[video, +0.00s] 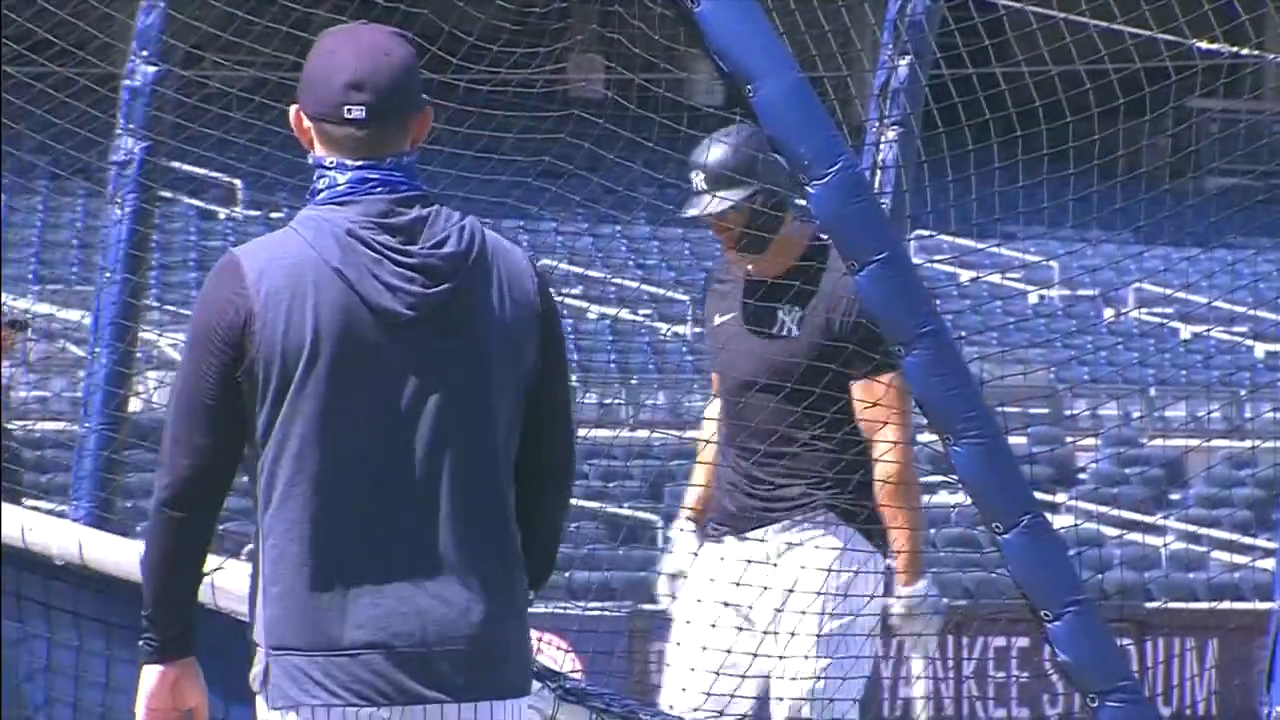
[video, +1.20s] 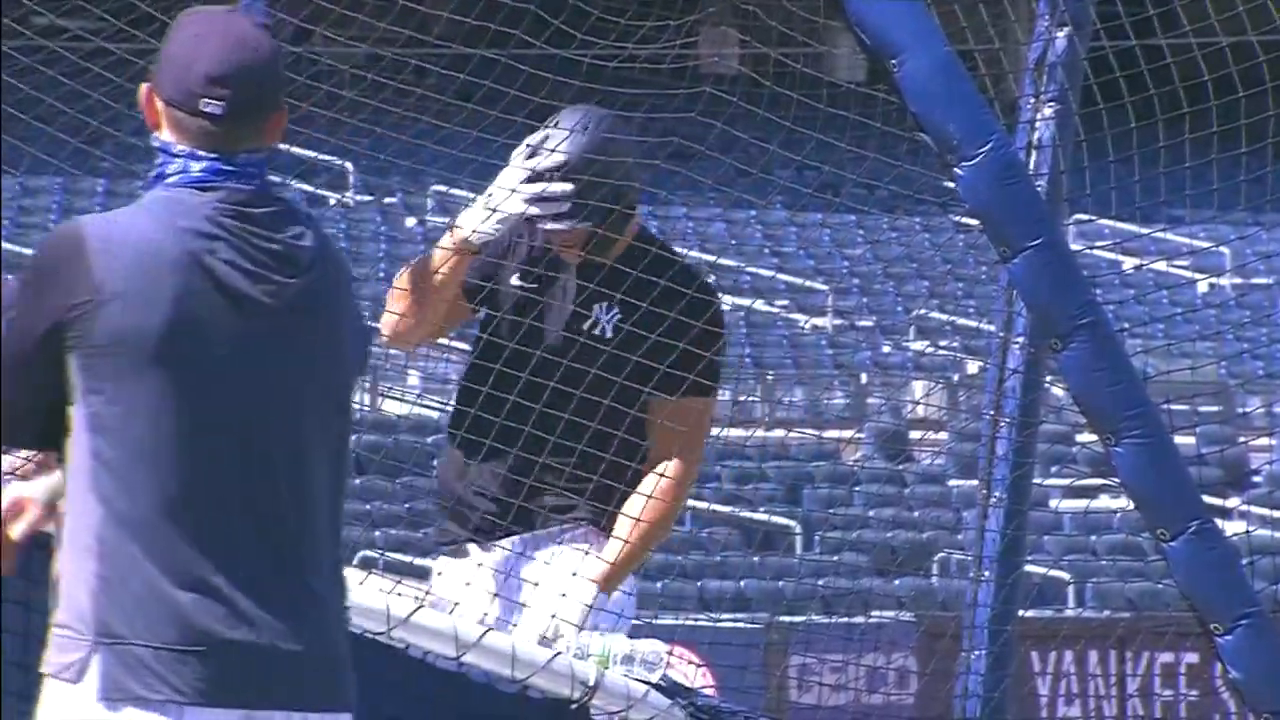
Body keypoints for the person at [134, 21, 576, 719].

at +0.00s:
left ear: (301, 127)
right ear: (423, 125)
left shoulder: (253, 277)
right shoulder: (511, 274)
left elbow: (185, 488)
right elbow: (547, 474)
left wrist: (167, 650)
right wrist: (502, 590)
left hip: (322, 675)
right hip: (487, 675)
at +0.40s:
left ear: (238, 118)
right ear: (364, 129)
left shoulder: (209, 267)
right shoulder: (436, 283)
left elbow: (159, 481)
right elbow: (453, 487)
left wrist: (138, 662)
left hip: (262, 673)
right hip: (412, 670)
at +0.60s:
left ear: (197, 110)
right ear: (322, 129)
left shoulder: (170, 257)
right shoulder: (379, 277)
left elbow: (114, 472)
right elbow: (378, 484)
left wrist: (88, 652)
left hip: (207, 678)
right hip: (354, 679)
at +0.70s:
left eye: (172, 92)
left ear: (178, 106)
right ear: (304, 128)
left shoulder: (150, 250)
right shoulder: (354, 280)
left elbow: (75, 459)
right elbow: (338, 477)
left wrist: (56, 631)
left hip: (177, 675)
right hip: (327, 677)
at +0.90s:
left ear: (199, 100)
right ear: (322, 126)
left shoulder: (169, 238)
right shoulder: (364, 273)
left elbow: (56, 438)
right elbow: (334, 465)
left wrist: (80, 548)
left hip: (170, 667)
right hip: (327, 671)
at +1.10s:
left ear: (191, 99)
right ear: (316, 122)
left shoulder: (143, 243)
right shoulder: (365, 270)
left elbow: (35, 426)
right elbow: (292, 456)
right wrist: (108, 532)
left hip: (163, 677)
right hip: (337, 686)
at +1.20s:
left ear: (151, 108)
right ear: (280, 127)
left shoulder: (92, 252)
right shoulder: (329, 272)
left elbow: (16, 414)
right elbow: (259, 443)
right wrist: (68, 484)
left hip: (127, 673)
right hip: (301, 675)